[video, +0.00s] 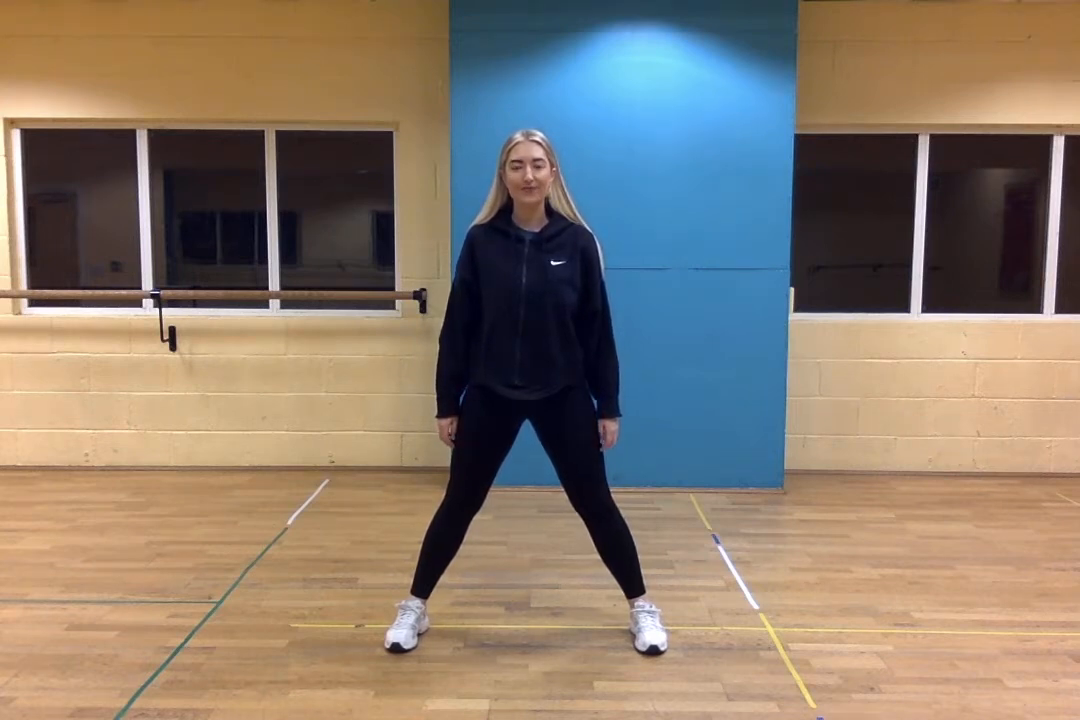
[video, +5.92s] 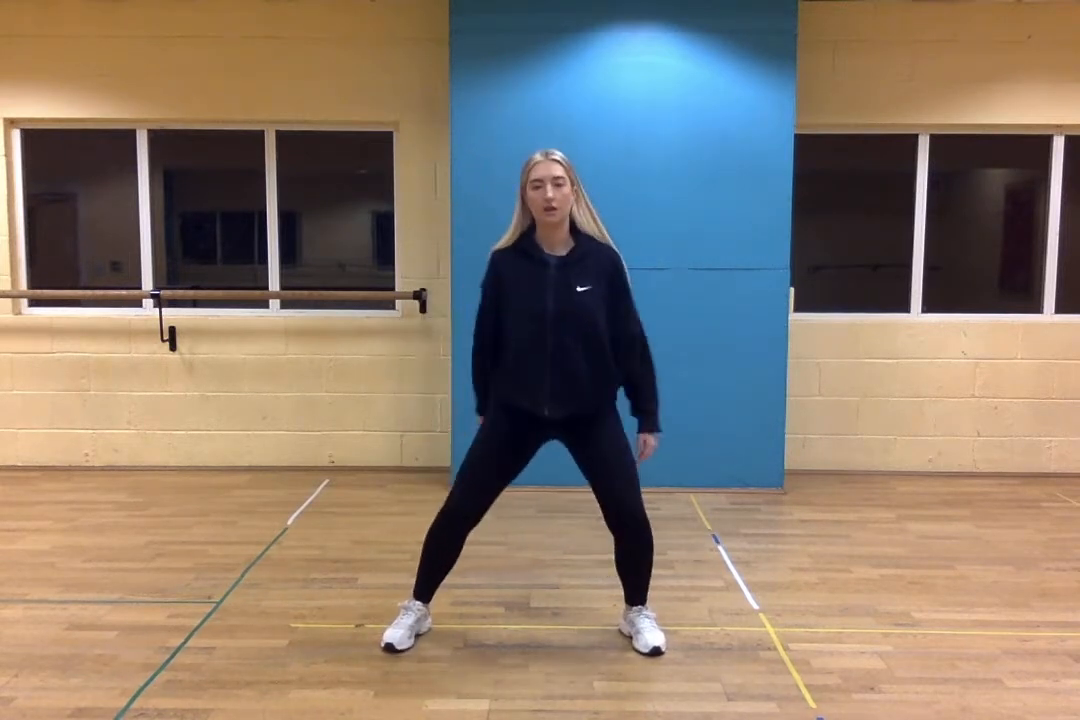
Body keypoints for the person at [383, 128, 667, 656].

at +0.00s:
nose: (528, 173)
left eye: (537, 164)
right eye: (517, 165)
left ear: (553, 172)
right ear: (504, 175)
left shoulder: (578, 240)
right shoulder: (482, 238)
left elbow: (597, 325)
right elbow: (458, 321)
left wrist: (608, 405)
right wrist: (448, 402)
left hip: (563, 394)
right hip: (491, 393)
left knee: (595, 503)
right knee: (460, 501)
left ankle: (641, 607)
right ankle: (414, 606)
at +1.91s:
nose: (532, 173)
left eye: (542, 164)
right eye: (521, 164)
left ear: (556, 173)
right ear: (507, 174)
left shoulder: (581, 240)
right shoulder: (484, 237)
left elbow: (600, 323)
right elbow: (459, 317)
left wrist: (614, 403)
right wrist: (445, 396)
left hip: (564, 394)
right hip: (493, 393)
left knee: (595, 503)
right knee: (457, 502)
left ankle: (640, 609)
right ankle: (414, 607)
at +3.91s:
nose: (547, 184)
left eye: (556, 174)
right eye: (536, 176)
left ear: (571, 184)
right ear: (522, 188)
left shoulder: (598, 248)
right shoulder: (501, 252)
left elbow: (619, 329)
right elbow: (483, 331)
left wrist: (617, 403)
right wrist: (486, 406)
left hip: (592, 401)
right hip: (520, 403)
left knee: (630, 511)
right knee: (468, 508)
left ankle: (635, 611)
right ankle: (417, 607)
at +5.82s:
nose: (546, 185)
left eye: (555, 175)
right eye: (535, 177)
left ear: (570, 184)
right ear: (521, 188)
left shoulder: (596, 251)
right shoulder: (500, 253)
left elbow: (620, 334)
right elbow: (477, 331)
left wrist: (631, 413)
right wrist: (472, 404)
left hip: (589, 403)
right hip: (517, 403)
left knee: (626, 512)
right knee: (464, 508)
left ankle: (636, 611)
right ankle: (417, 607)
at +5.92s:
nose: (550, 193)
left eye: (558, 183)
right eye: (538, 185)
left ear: (574, 192)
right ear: (525, 197)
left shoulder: (602, 258)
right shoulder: (505, 261)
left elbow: (630, 339)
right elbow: (485, 337)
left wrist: (647, 416)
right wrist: (486, 406)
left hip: (590, 412)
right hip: (517, 411)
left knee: (630, 516)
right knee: (459, 510)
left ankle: (637, 611)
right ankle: (416, 607)